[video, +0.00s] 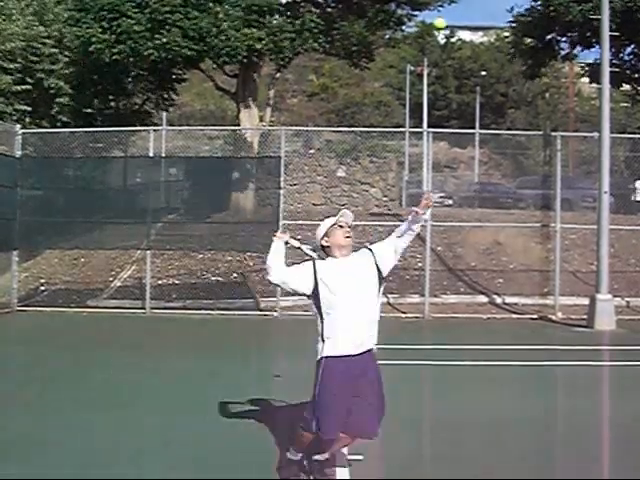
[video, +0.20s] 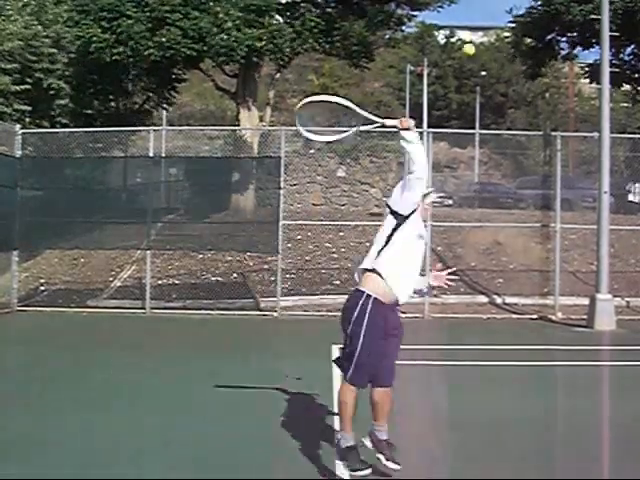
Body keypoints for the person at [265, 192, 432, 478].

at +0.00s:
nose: (348, 230)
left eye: (348, 227)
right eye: (340, 227)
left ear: (350, 236)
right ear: (326, 240)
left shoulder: (371, 258)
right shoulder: (316, 270)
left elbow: (400, 237)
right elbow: (276, 274)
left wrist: (420, 211)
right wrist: (279, 242)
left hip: (365, 354)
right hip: (333, 357)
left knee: (362, 425)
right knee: (326, 428)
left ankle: (320, 459)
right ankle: (295, 453)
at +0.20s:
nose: (431, 207)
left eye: (432, 202)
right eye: (427, 201)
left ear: (427, 204)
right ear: (414, 199)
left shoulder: (417, 238)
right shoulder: (403, 215)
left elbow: (403, 283)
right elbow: (417, 173)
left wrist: (429, 280)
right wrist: (409, 134)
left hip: (389, 312)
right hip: (366, 306)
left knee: (383, 380)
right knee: (353, 378)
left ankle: (380, 440)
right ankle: (346, 443)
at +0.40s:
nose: (465, 228)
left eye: (463, 223)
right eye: (461, 223)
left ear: (439, 226)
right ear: (451, 224)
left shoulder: (418, 248)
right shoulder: (459, 245)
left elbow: (403, 288)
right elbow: (482, 284)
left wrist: (422, 314)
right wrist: (503, 320)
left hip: (422, 324)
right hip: (421, 324)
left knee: (440, 393)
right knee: (386, 386)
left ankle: (447, 455)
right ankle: (335, 435)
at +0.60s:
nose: (510, 261)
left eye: (510, 256)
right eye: (508, 256)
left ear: (482, 257)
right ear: (498, 258)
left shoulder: (457, 277)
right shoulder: (506, 283)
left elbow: (431, 305)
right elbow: (504, 326)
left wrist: (435, 334)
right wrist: (480, 348)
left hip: (435, 345)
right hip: (458, 349)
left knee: (454, 411)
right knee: (470, 420)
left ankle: (444, 462)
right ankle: (407, 436)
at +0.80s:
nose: (545, 245)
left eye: (544, 240)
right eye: (542, 240)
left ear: (515, 239)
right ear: (532, 241)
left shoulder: (486, 261)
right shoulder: (540, 267)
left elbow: (463, 295)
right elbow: (544, 312)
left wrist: (470, 328)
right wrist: (520, 335)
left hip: (472, 335)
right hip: (502, 338)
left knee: (479, 402)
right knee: (520, 405)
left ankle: (450, 456)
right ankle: (535, 465)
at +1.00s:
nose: (559, 246)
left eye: (558, 242)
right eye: (558, 243)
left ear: (532, 246)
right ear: (553, 246)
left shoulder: (513, 274)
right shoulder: (563, 271)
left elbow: (503, 315)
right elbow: (578, 316)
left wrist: (515, 339)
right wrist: (566, 342)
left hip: (513, 350)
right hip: (543, 350)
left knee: (520, 400)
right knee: (569, 408)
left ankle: (485, 438)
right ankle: (560, 469)